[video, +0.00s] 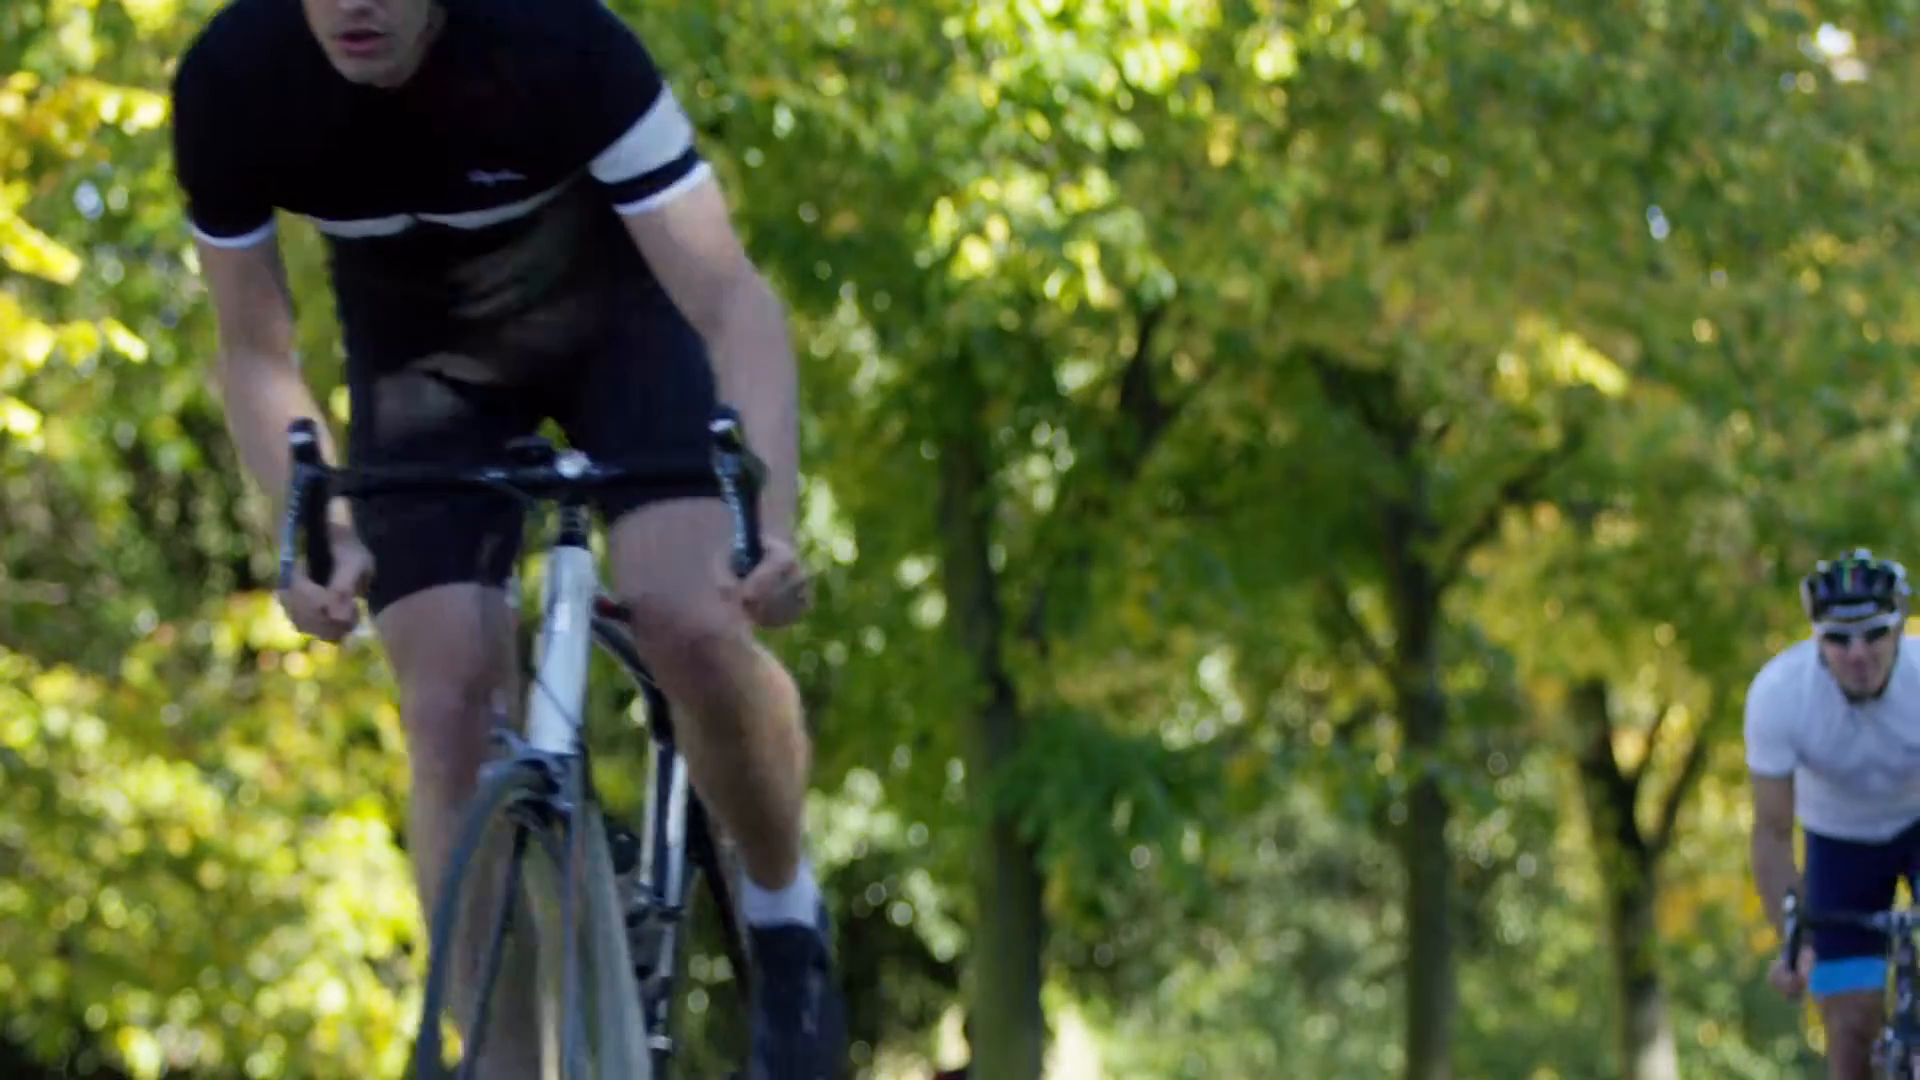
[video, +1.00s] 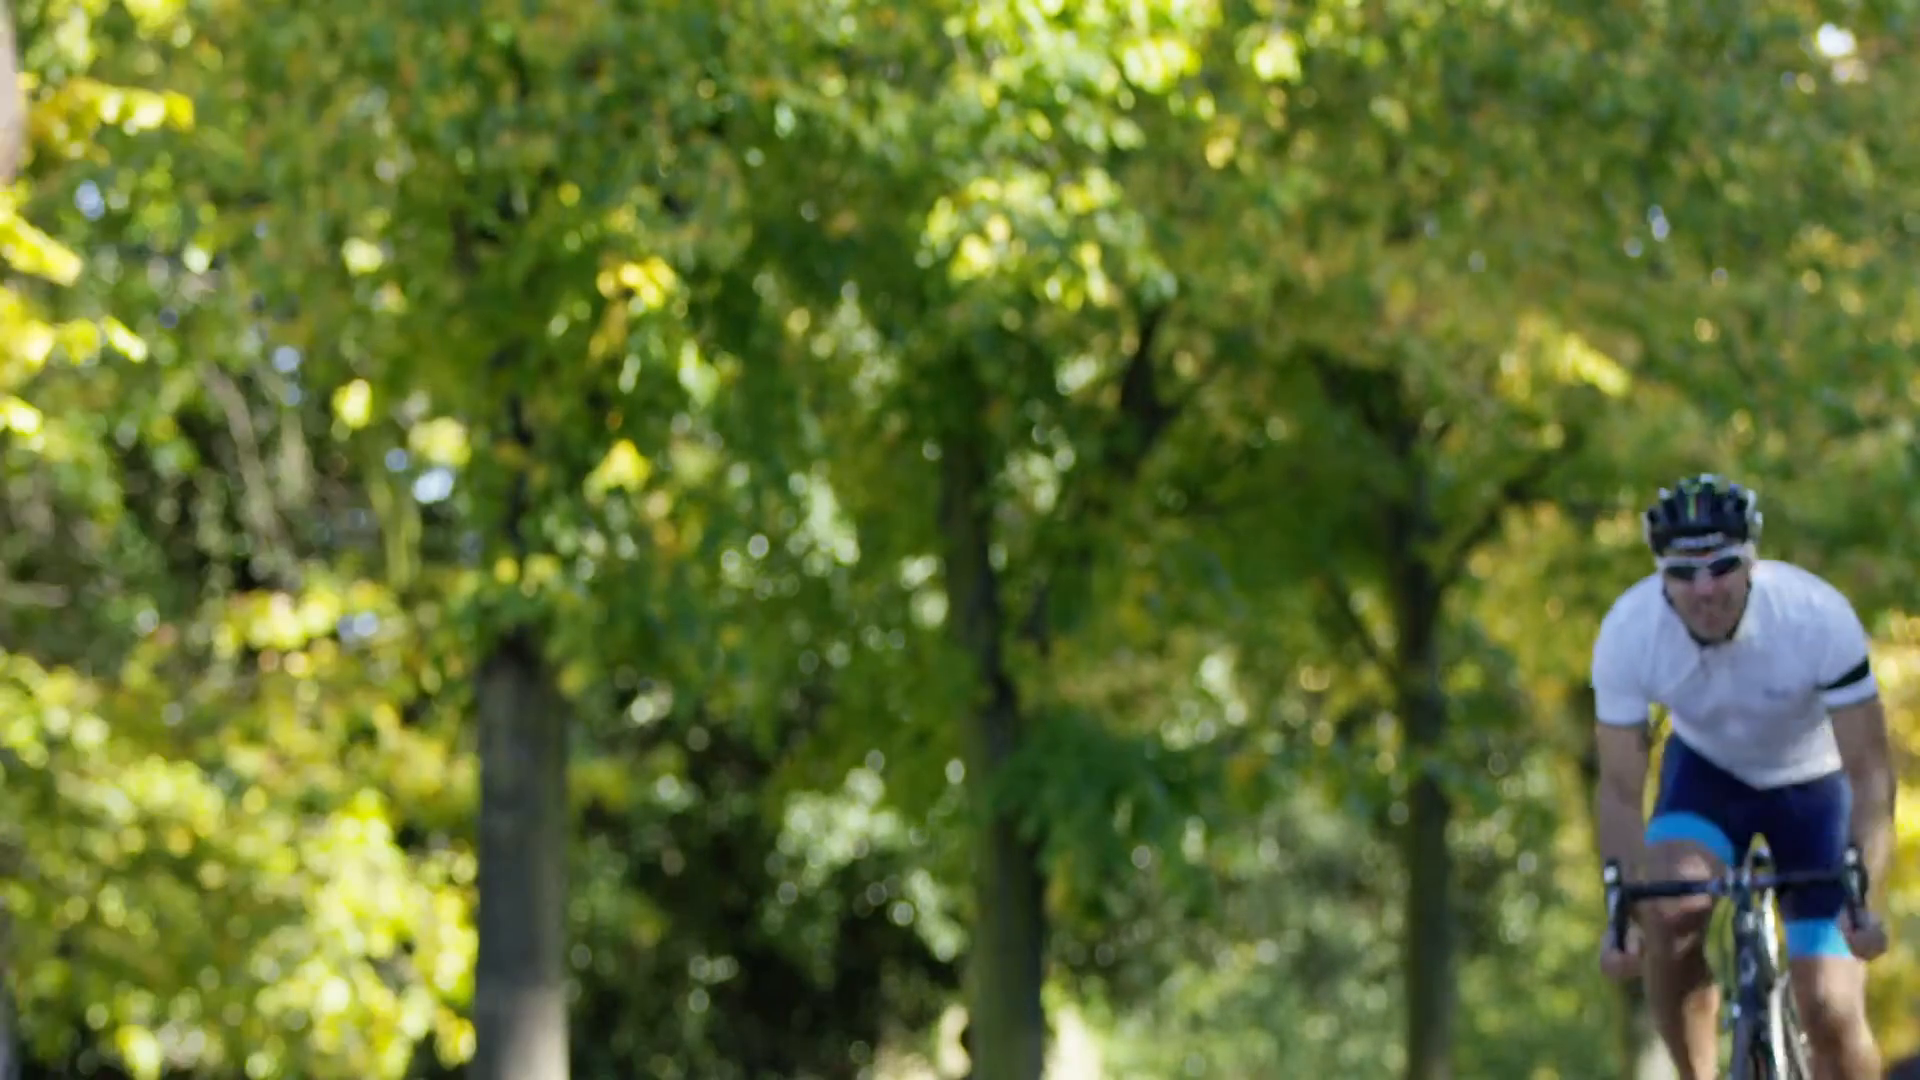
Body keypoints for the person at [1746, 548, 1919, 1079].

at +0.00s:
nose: (1858, 653)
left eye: (1875, 635)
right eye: (1839, 639)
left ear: (1899, 627)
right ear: (1817, 637)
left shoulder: (1917, 667)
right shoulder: (1779, 693)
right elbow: (1771, 831)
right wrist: (1793, 932)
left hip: (1916, 829)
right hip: (1841, 841)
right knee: (1851, 1027)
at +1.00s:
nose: (1707, 589)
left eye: (1723, 567)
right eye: (1684, 573)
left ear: (1751, 562)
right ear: (1661, 574)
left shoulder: (1817, 615)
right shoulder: (1629, 632)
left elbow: (1870, 763)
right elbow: (1619, 788)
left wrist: (1868, 894)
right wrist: (1623, 910)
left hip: (1810, 774)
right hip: (1703, 767)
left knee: (1830, 1006)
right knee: (1672, 908)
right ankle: (1698, 1074)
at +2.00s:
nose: (1537, 493)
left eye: (1557, 470)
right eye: (1514, 475)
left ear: (1587, 462)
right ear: (1485, 472)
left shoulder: (1655, 528)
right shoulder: (1438, 548)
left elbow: (1697, 709)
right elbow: (1423, 724)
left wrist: (1684, 850)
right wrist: (1414, 874)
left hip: (1634, 694)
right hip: (1515, 707)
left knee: (1646, 888)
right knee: (1509, 943)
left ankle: (1681, 1068)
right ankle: (1520, 1068)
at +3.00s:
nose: (1232, 388)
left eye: (1254, 361)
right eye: (1206, 367)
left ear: (1294, 349)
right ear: (1177, 366)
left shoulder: (1377, 429)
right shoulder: (1128, 444)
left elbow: (1437, 635)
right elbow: (1129, 631)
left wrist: (1448, 805)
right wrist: (1144, 780)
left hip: (1372, 631)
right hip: (1233, 644)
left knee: (1403, 862)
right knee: (1239, 891)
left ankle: (1459, 1055)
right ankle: (1247, 1069)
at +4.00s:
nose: (816, 226)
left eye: (843, 196)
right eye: (788, 201)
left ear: (897, 184)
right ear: (759, 201)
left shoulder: (992, 282)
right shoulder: (715, 295)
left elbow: (1056, 517)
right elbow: (685, 525)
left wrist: (1032, 709)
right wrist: (669, 702)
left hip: (997, 533)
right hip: (841, 512)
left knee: (1007, 861)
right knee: (764, 718)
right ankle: (834, 972)